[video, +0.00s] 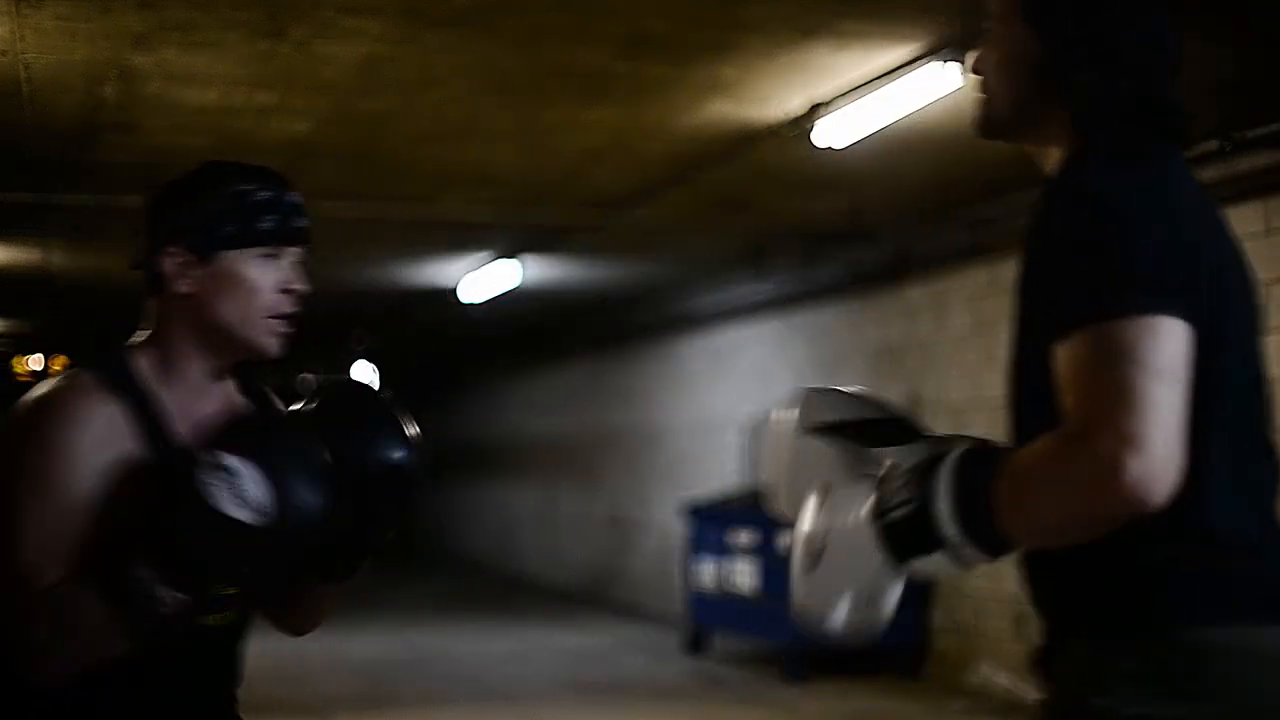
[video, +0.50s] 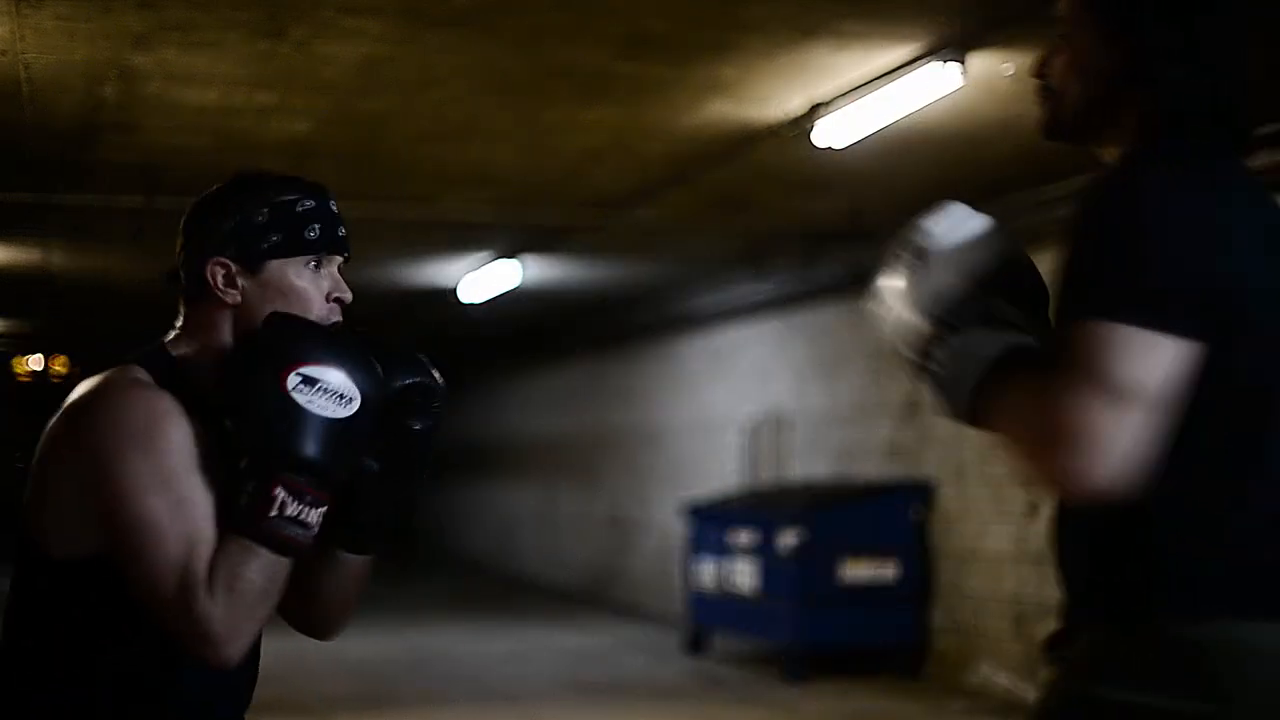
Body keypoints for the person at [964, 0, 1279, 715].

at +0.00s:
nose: (975, 59)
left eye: (994, 32)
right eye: (984, 35)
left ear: (1059, 45)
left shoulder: (1115, 197)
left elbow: (1129, 461)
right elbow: (1098, 449)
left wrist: (949, 501)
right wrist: (943, 467)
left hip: (1170, 662)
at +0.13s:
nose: (1026, 66)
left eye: (1051, 36)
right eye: (1037, 39)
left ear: (1118, 48)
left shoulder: (1170, 195)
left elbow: (1176, 460)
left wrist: (972, 422)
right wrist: (1000, 413)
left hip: (1212, 660)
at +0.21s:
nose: (1058, 65)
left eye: (1083, 36)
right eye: (1070, 38)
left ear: (1150, 47)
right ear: (1161, 49)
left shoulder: (1194, 191)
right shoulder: (1204, 184)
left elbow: (1190, 459)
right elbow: (1187, 447)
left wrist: (1006, 387)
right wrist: (1028, 372)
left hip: (1225, 662)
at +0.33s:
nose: (1078, 70)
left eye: (1101, 36)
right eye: (1090, 40)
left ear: (1172, 44)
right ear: (1171, 49)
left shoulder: (1222, 189)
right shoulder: (1214, 184)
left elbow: (1191, 461)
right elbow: (1185, 446)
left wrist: (1011, 364)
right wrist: (1030, 353)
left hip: (1225, 661)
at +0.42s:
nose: (1069, 69)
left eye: (1094, 36)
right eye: (1082, 38)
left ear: (1167, 46)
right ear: (1169, 50)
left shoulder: (1212, 190)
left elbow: (1175, 464)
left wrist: (1001, 354)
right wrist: (1026, 341)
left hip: (1207, 662)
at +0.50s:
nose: (1042, 66)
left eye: (1069, 37)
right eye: (1054, 39)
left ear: (1136, 49)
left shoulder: (1168, 197)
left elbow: (1095, 448)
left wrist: (958, 339)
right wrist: (1014, 317)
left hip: (1174, 653)